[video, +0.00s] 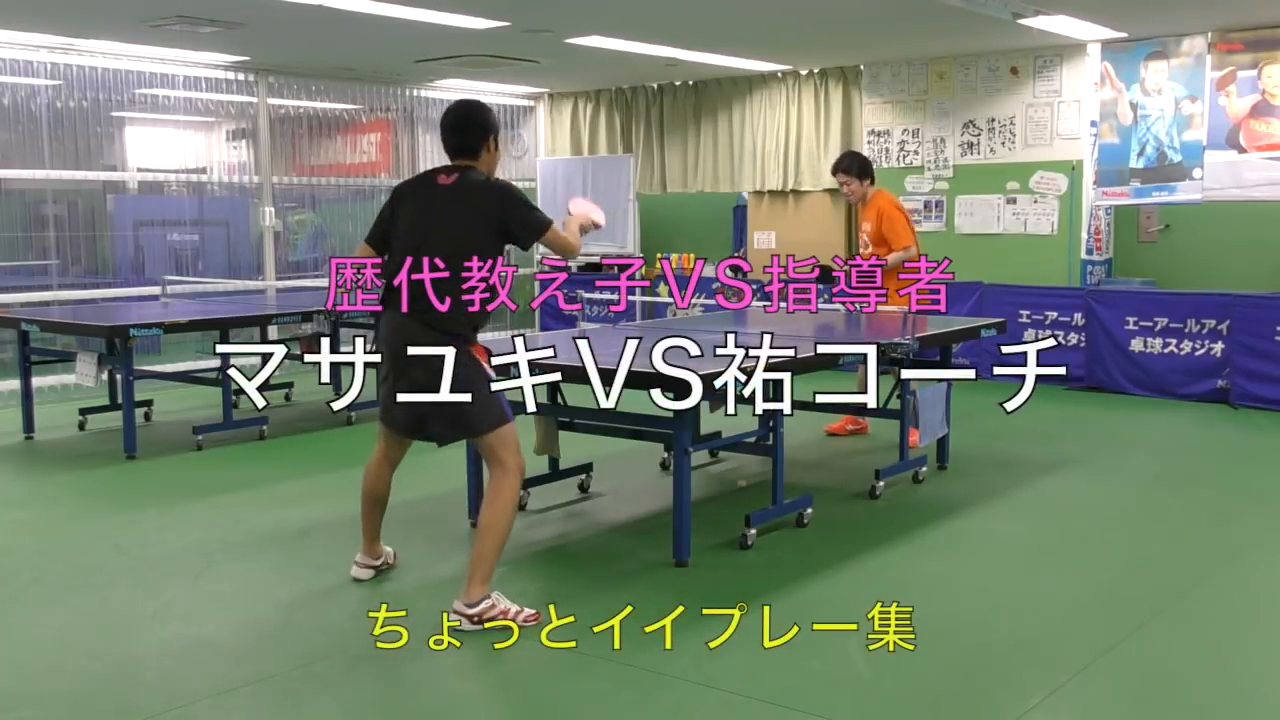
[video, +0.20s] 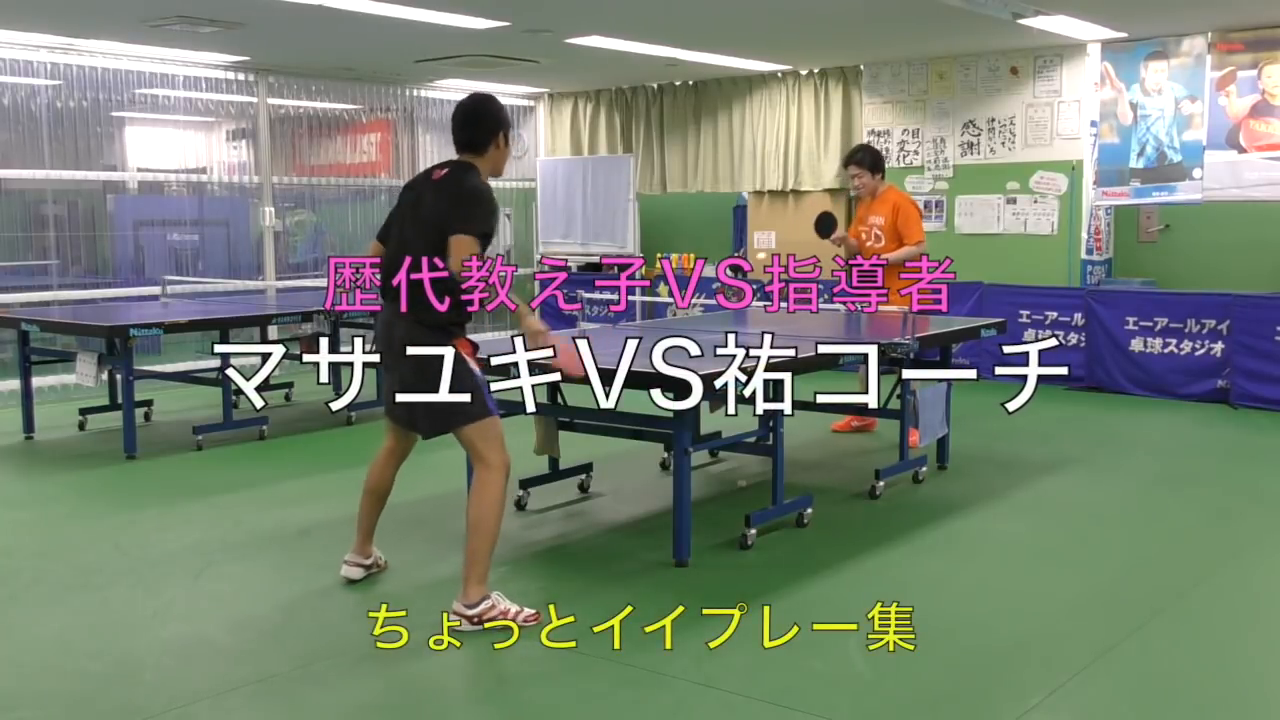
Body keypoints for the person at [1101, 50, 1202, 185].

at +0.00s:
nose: (1159, 77)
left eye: (1162, 71)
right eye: (1154, 71)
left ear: (1168, 72)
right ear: (1144, 72)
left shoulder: (1174, 89)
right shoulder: (1135, 91)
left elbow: (1199, 105)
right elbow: (1125, 121)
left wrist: (1191, 107)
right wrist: (1121, 94)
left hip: (1171, 161)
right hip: (1142, 163)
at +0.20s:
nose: (1159, 77)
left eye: (1162, 71)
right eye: (1154, 71)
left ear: (1168, 72)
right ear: (1144, 72)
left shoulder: (1174, 89)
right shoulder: (1135, 91)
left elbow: (1199, 105)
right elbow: (1125, 121)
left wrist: (1191, 107)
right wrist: (1121, 94)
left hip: (1171, 161)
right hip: (1142, 163)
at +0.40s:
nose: (1159, 77)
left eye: (1163, 71)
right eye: (1155, 71)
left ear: (1168, 73)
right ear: (1144, 72)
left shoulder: (1174, 89)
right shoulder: (1135, 91)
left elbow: (1199, 106)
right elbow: (1125, 121)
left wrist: (1191, 107)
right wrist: (1121, 94)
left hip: (1171, 161)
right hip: (1142, 163)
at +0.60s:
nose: (1159, 77)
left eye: (1163, 71)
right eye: (1155, 71)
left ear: (1168, 73)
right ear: (1144, 72)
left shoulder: (1173, 89)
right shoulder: (1135, 91)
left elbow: (1199, 106)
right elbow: (1125, 121)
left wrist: (1191, 107)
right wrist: (1121, 94)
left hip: (1171, 161)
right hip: (1142, 163)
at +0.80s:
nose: (1159, 77)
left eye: (1163, 71)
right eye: (1155, 71)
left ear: (1168, 73)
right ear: (1144, 72)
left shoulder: (1173, 89)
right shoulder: (1135, 91)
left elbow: (1199, 106)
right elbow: (1125, 121)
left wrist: (1191, 107)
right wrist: (1121, 94)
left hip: (1171, 161)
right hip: (1142, 163)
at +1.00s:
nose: (1159, 77)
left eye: (1163, 71)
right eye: (1155, 71)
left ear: (1168, 73)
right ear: (1144, 72)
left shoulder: (1173, 89)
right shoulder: (1135, 91)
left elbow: (1199, 106)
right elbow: (1125, 121)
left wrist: (1191, 107)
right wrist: (1121, 94)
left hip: (1171, 161)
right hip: (1142, 163)